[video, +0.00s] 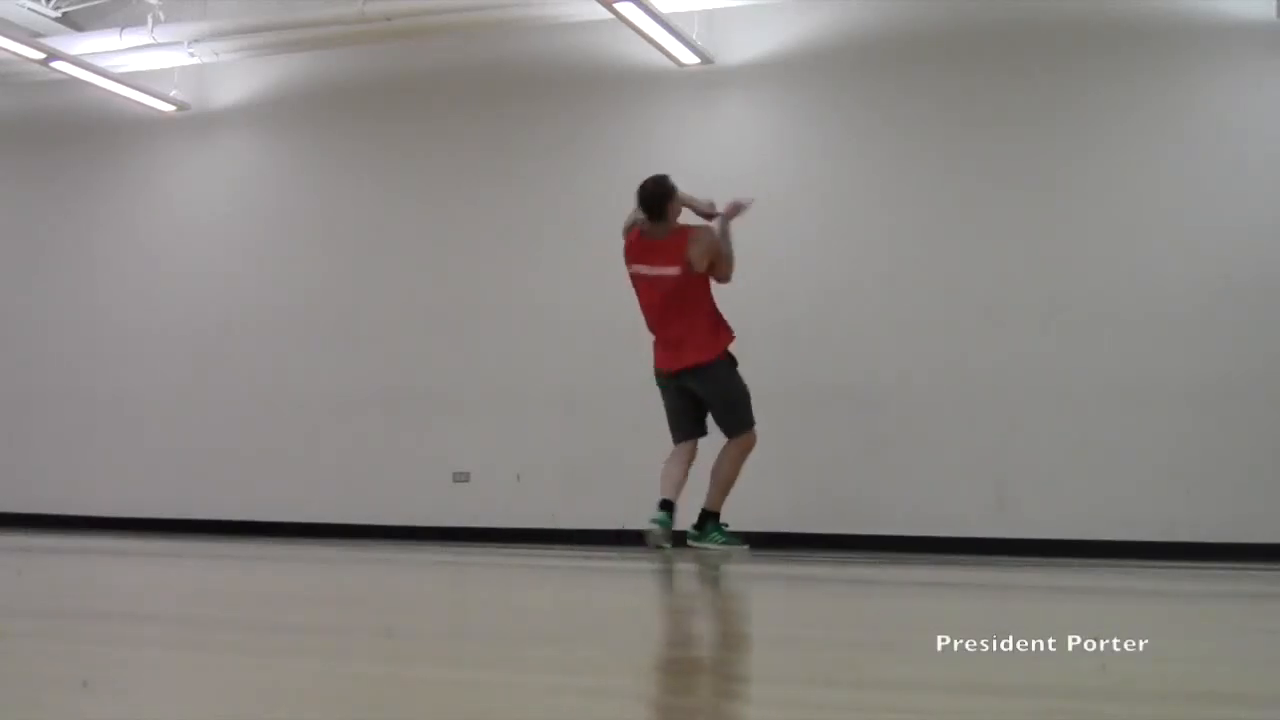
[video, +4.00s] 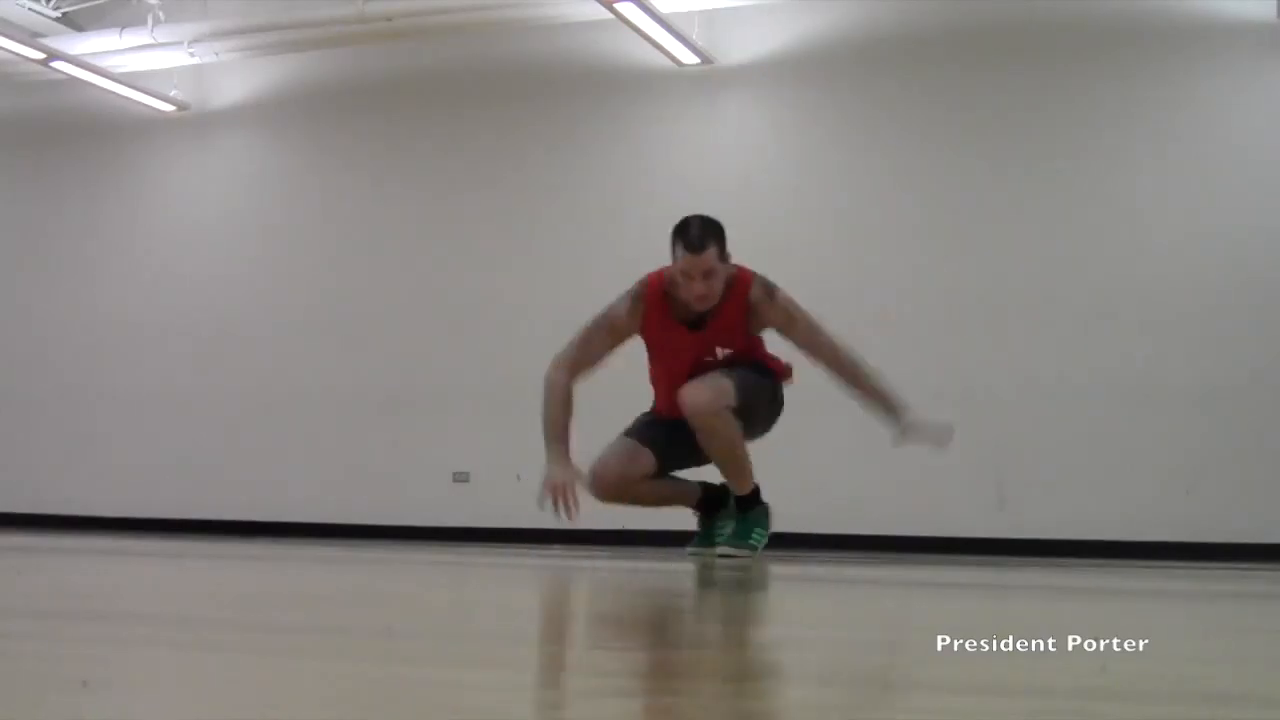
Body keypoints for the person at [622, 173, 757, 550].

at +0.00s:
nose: (679, 203)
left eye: (674, 197)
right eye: (675, 199)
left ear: (643, 209)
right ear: (673, 207)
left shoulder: (632, 238)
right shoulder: (698, 239)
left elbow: (659, 199)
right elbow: (724, 273)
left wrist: (699, 206)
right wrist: (724, 224)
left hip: (667, 363)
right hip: (708, 360)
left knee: (685, 442)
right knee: (742, 436)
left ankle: (663, 515)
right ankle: (708, 524)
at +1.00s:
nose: (702, 211)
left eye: (709, 204)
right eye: (697, 205)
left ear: (727, 203)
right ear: (693, 203)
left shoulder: (747, 234)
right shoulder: (682, 230)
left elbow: (730, 240)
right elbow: (656, 226)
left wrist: (691, 222)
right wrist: (634, 220)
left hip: (722, 356)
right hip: (675, 350)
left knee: (719, 427)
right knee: (655, 427)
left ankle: (708, 520)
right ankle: (673, 505)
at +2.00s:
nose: (693, 162)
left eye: (701, 154)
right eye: (686, 155)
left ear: (719, 156)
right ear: (680, 159)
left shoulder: (749, 206)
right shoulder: (663, 205)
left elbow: (759, 269)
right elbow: (627, 257)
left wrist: (762, 252)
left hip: (732, 332)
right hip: (679, 334)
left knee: (737, 407)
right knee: (679, 424)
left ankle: (733, 505)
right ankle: (694, 523)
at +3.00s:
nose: (616, 221)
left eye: (626, 209)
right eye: (607, 211)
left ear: (649, 209)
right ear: (599, 213)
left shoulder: (682, 278)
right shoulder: (580, 254)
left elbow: (698, 364)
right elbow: (500, 281)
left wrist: (722, 429)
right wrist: (556, 264)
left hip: (639, 412)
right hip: (578, 416)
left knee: (703, 374)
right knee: (553, 507)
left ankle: (693, 518)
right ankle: (562, 524)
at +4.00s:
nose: (700, 288)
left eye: (709, 275)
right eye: (689, 277)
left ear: (726, 263)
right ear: (672, 267)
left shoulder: (755, 295)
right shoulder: (643, 301)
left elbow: (829, 354)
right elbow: (562, 370)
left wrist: (897, 413)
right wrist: (557, 460)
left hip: (749, 397)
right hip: (678, 412)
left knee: (698, 397)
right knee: (607, 480)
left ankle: (749, 505)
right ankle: (710, 500)